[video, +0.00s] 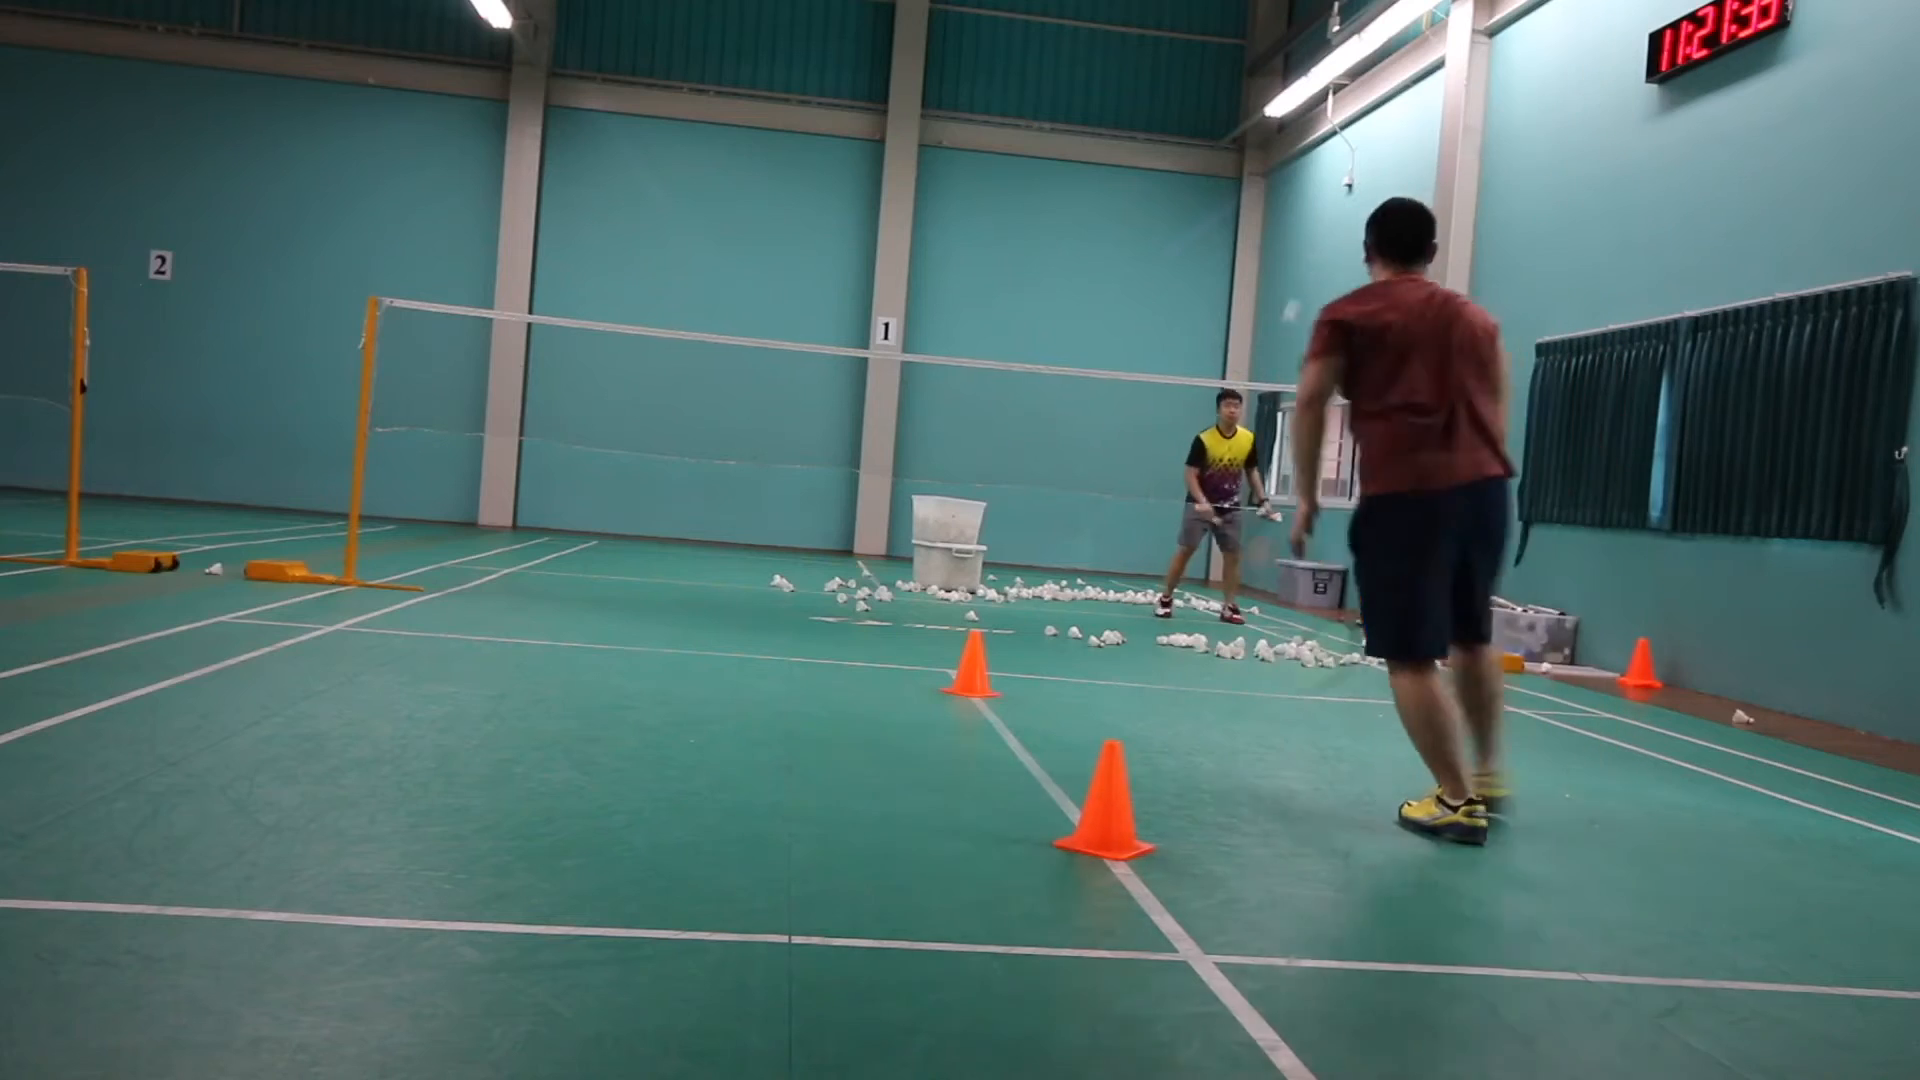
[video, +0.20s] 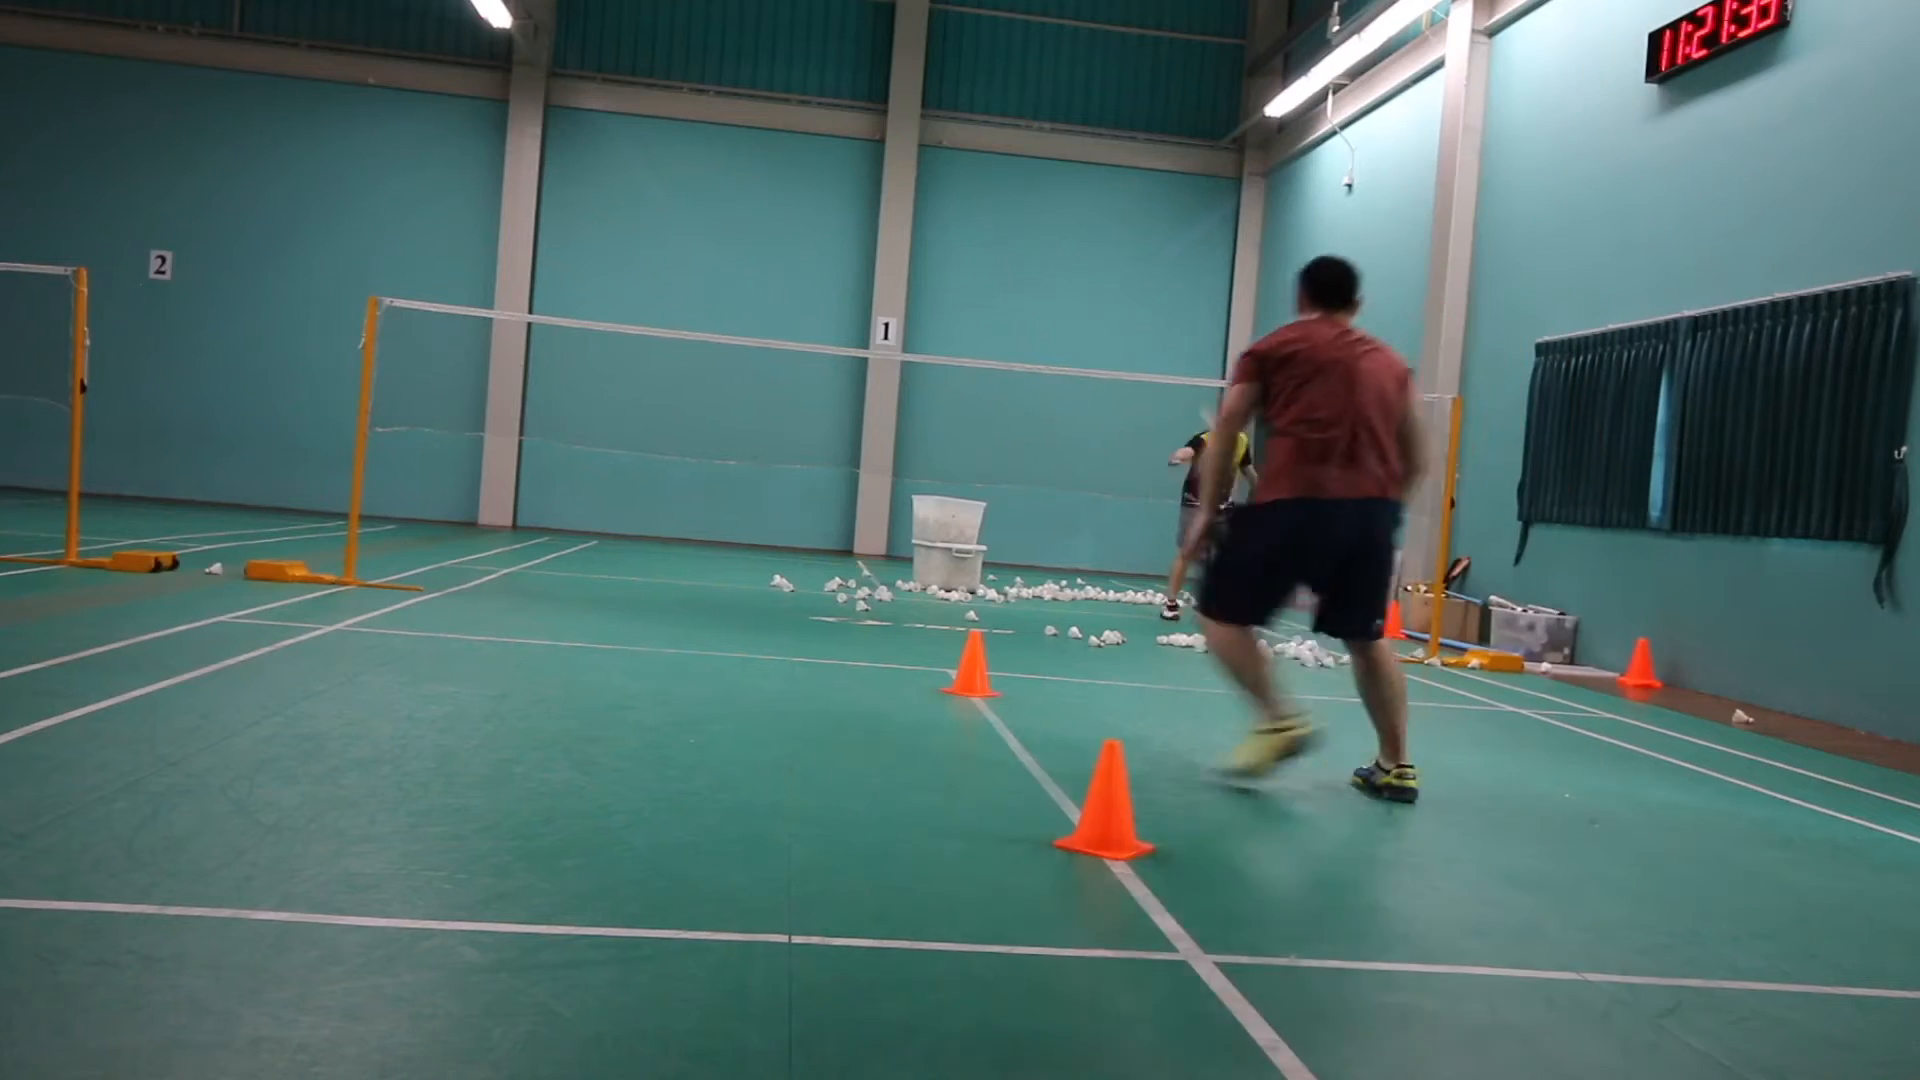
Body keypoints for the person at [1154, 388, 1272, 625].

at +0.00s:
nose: (1232, 411)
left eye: (1236, 406)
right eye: (1228, 406)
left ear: (1241, 410)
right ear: (1218, 409)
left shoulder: (1248, 439)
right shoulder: (1203, 440)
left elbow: (1252, 470)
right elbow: (1190, 474)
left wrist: (1262, 498)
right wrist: (1202, 502)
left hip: (1230, 506)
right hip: (1201, 503)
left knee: (1232, 554)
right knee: (1186, 550)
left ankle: (1229, 605)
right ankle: (1167, 597)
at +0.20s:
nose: (1232, 418)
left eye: (1237, 414)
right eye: (1228, 412)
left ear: (1243, 416)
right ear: (1220, 414)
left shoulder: (1242, 441)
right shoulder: (1205, 438)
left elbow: (1246, 467)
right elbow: (1188, 451)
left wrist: (1258, 486)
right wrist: (1180, 456)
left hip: (1223, 504)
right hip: (1195, 503)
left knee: (1223, 557)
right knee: (1186, 552)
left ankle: (1220, 609)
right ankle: (1171, 601)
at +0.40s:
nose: (1220, 415)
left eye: (1224, 409)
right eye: (1217, 408)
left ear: (1227, 411)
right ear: (1209, 410)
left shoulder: (1230, 437)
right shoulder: (1197, 435)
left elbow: (1234, 467)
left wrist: (1244, 495)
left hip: (1222, 503)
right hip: (1198, 501)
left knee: (1222, 556)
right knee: (1195, 557)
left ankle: (1226, 602)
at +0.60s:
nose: (1215, 410)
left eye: (1220, 406)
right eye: (1211, 405)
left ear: (1227, 411)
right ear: (1204, 409)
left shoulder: (1240, 438)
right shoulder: (1191, 441)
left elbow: (1248, 466)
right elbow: (1178, 475)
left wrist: (1259, 492)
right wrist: (1175, 507)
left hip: (1228, 509)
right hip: (1197, 507)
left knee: (1231, 556)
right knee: (1186, 553)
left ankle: (1226, 605)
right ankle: (1172, 601)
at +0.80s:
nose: (1228, 411)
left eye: (1233, 407)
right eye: (1224, 406)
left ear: (1241, 411)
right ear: (1217, 410)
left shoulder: (1253, 439)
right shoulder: (1206, 442)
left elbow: (1260, 468)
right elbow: (1190, 476)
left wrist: (1269, 496)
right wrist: (1182, 509)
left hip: (1240, 509)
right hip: (1210, 507)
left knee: (1238, 558)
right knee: (1200, 551)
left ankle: (1227, 605)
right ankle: (1179, 599)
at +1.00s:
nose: (1242, 412)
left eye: (1246, 408)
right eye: (1237, 407)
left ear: (1250, 412)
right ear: (1228, 411)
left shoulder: (1255, 439)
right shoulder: (1214, 442)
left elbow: (1257, 469)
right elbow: (1204, 480)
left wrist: (1272, 496)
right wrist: (1222, 507)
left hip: (1236, 504)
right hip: (1210, 503)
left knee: (1234, 556)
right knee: (1211, 552)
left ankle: (1227, 605)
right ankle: (1200, 605)